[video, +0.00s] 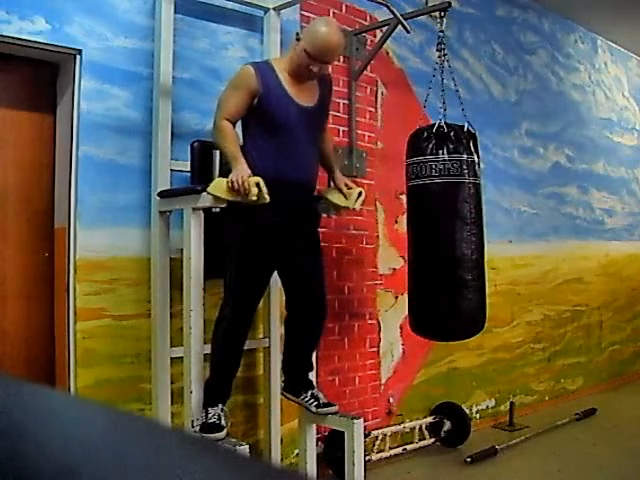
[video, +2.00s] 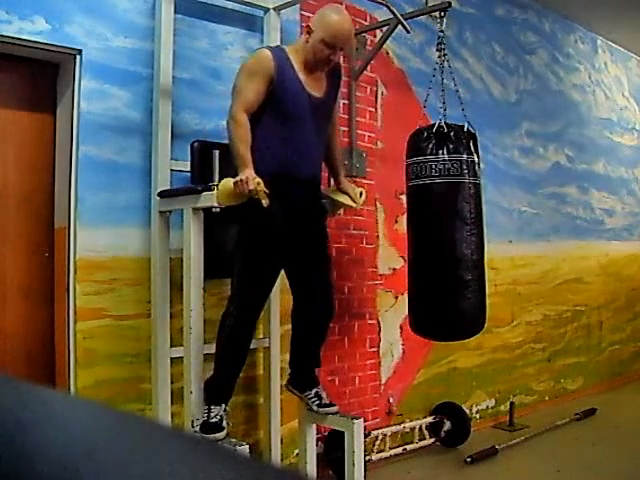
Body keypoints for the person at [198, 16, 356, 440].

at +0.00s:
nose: (319, 70)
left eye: (326, 64)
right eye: (315, 60)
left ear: (332, 60)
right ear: (300, 44)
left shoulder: (323, 84)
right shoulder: (255, 76)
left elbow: (319, 131)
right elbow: (223, 122)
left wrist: (336, 171)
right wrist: (238, 164)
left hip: (300, 212)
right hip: (257, 211)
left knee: (311, 305)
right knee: (238, 308)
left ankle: (297, 382)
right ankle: (213, 406)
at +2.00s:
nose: (335, 57)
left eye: (341, 51)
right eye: (330, 47)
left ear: (345, 48)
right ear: (309, 32)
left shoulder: (332, 75)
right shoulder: (266, 63)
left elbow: (328, 127)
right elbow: (239, 114)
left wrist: (339, 176)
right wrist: (245, 169)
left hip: (306, 204)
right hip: (266, 202)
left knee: (317, 301)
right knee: (244, 307)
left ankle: (303, 380)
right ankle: (215, 404)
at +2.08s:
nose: (335, 53)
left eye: (341, 47)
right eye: (330, 43)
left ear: (345, 45)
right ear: (308, 28)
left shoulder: (332, 72)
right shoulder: (266, 61)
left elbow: (328, 126)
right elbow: (240, 114)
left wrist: (337, 176)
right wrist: (245, 167)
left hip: (307, 199)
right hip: (267, 197)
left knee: (319, 298)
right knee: (247, 303)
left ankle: (305, 379)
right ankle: (217, 400)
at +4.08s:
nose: (368, 76)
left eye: (372, 67)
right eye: (361, 65)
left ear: (372, 68)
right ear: (336, 60)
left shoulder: (357, 107)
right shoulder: (293, 96)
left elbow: (327, 153)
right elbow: (235, 116)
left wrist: (338, 185)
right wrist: (242, 170)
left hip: (308, 227)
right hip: (268, 223)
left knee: (318, 322)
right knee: (258, 319)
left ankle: (241, 357)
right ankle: (239, 361)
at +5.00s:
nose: (373, 142)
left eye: (377, 133)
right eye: (366, 131)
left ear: (380, 131)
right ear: (340, 122)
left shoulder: (353, 158)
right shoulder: (298, 137)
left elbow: (317, 182)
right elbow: (242, 117)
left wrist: (340, 194)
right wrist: (243, 170)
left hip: (298, 263)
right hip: (260, 261)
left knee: (325, 349)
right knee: (269, 356)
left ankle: (259, 412)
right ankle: (264, 427)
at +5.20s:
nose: (364, 70)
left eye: (369, 61)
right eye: (357, 59)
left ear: (370, 62)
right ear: (333, 54)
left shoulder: (355, 101)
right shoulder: (291, 91)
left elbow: (319, 152)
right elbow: (234, 115)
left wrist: (339, 184)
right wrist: (243, 170)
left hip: (306, 224)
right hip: (267, 221)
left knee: (326, 316)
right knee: (265, 323)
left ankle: (251, 361)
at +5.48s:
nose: (359, 31)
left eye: (364, 25)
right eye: (353, 21)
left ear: (366, 28)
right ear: (327, 16)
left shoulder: (350, 67)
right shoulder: (283, 57)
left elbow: (339, 126)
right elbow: (248, 109)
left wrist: (341, 178)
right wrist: (245, 167)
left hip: (312, 192)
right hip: (272, 189)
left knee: (321, 287)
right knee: (261, 280)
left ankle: (243, 327)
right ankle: (242, 335)